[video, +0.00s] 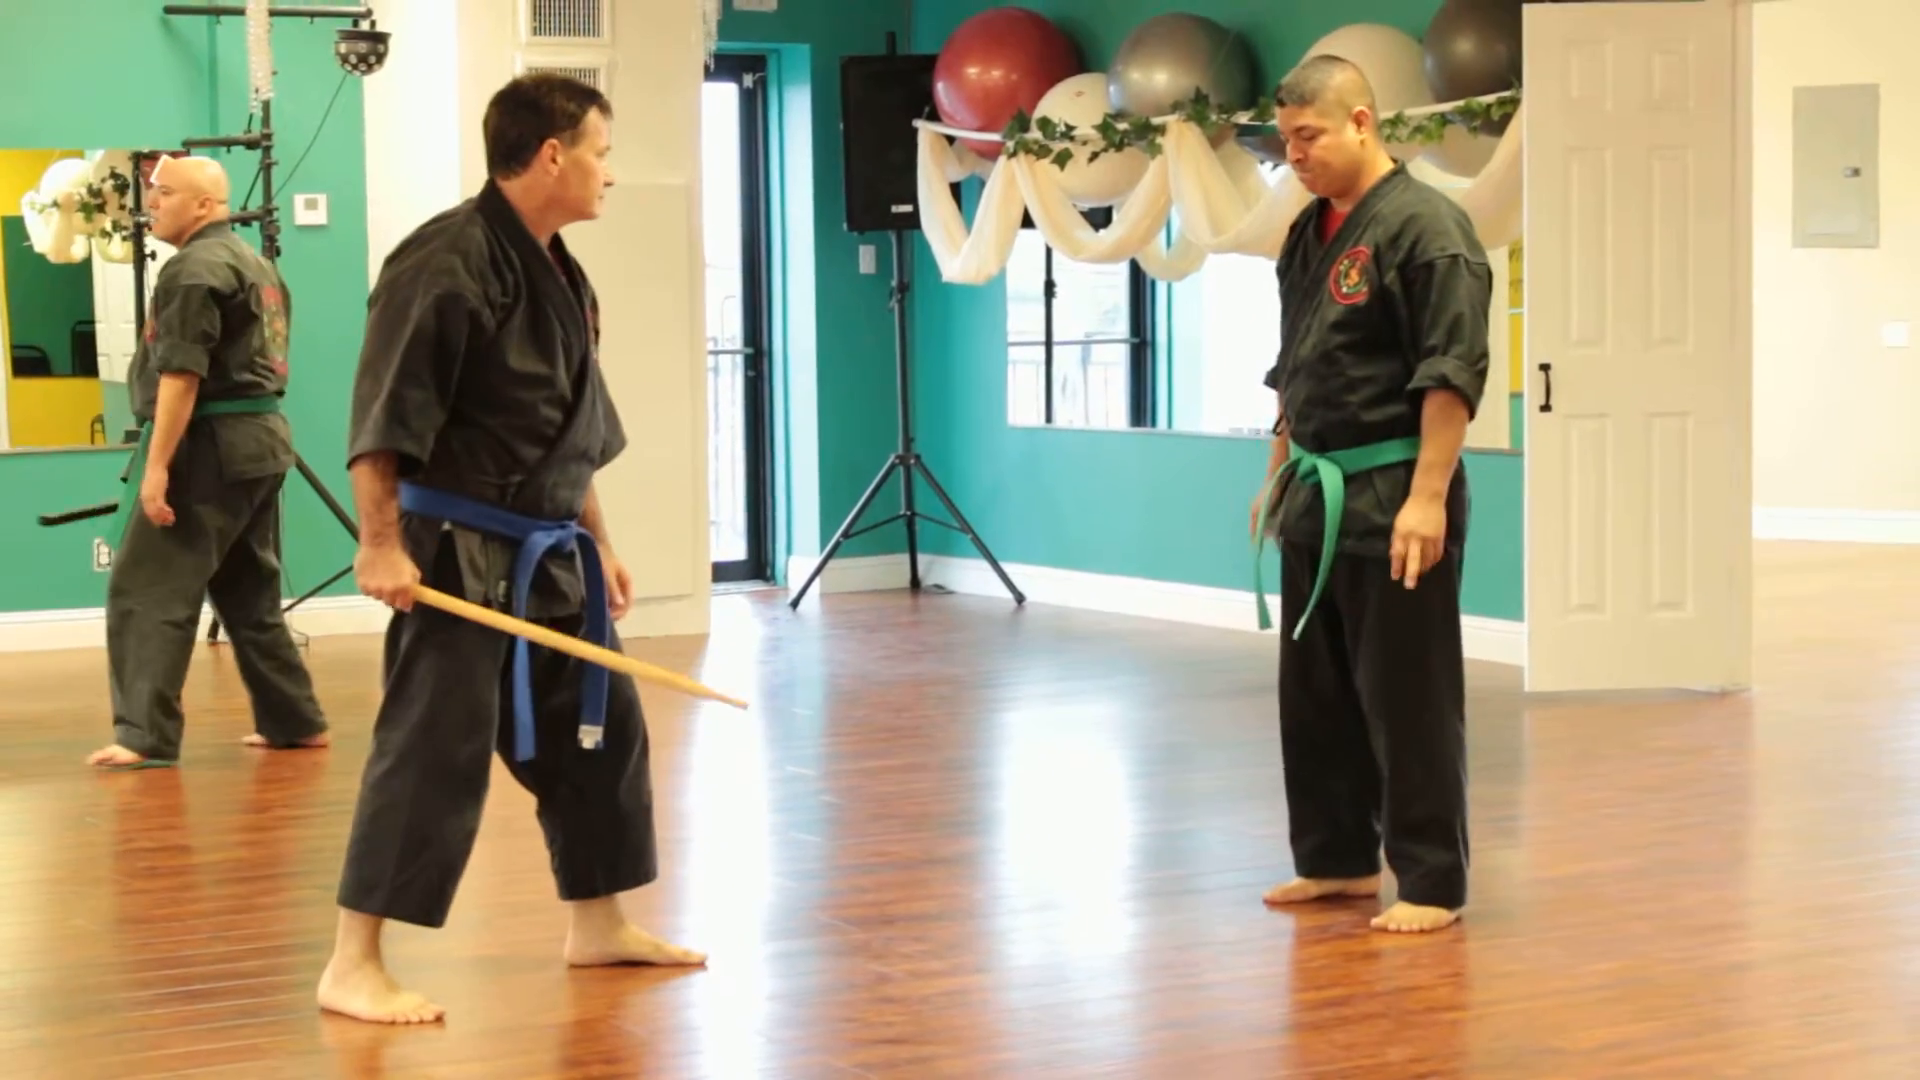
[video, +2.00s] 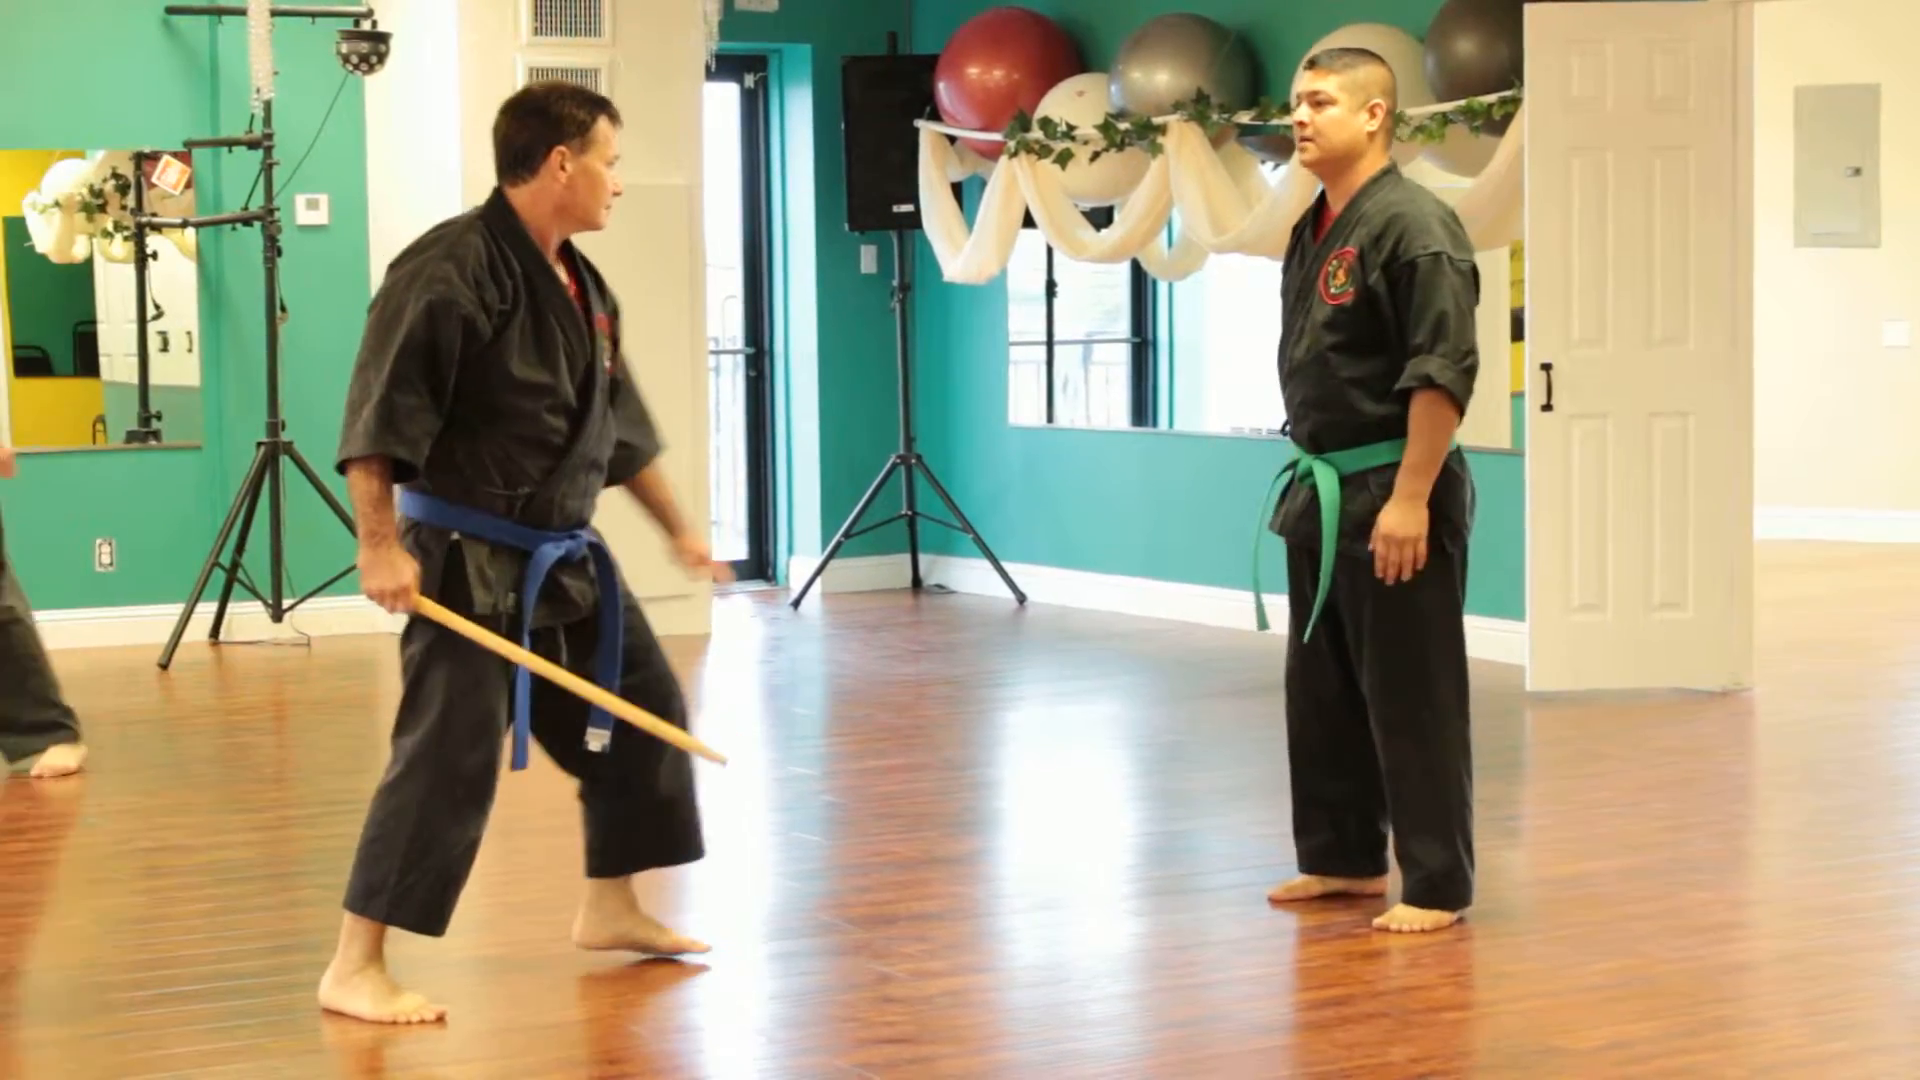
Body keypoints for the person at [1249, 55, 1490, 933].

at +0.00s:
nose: (1294, 156)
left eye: (1307, 138)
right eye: (1287, 141)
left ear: (1362, 123)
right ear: (1294, 141)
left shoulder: (1429, 224)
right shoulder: (1307, 231)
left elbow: (1452, 376)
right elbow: (1297, 368)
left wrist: (1429, 495)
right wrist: (1281, 466)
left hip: (1398, 480)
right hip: (1315, 481)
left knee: (1408, 689)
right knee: (1319, 680)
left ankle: (1431, 885)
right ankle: (1339, 862)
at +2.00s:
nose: (1299, 118)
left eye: (1319, 102)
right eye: (1297, 104)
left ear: (1375, 116)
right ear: (1301, 121)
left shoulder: (1416, 222)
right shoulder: (1314, 225)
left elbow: (1443, 373)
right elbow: (1316, 360)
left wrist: (1412, 496)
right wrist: (1304, 470)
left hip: (1398, 479)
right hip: (1325, 479)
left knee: (1412, 691)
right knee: (1327, 684)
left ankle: (1437, 887)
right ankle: (1345, 861)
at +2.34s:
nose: (1276, 131)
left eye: (1295, 116)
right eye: (1274, 118)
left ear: (1352, 127)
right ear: (1291, 132)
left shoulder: (1377, 233)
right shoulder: (1313, 228)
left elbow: (1375, 385)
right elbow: (1312, 373)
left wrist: (1301, 477)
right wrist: (1268, 454)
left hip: (1385, 487)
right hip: (1318, 480)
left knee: (1375, 679)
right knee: (1307, 675)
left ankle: (1388, 873)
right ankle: (1336, 861)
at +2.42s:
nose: (1272, 144)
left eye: (1291, 129)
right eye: (1269, 131)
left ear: (1347, 140)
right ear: (1274, 145)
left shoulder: (1366, 239)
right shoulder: (1310, 241)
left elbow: (1335, 370)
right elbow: (1283, 369)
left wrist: (1220, 383)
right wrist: (1264, 387)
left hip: (1379, 497)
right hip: (1303, 494)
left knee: (1373, 688)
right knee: (1246, 658)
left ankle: (1384, 873)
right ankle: (1308, 824)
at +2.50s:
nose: (1268, 154)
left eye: (1286, 139)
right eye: (1264, 140)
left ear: (1340, 150)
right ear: (1269, 153)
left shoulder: (1359, 253)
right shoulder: (1309, 244)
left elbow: (1255, 349)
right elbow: (1282, 296)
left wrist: (1170, 291)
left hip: (1371, 505)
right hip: (1291, 500)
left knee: (1366, 684)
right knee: (1199, 642)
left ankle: (1383, 878)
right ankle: (1226, 812)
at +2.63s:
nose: (1248, 163)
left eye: (1265, 146)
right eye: (1241, 150)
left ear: (1321, 153)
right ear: (1243, 164)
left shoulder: (1337, 247)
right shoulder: (1267, 246)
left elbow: (1232, 291)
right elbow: (1201, 280)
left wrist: (1146, 230)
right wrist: (1168, 204)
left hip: (1343, 513)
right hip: (1257, 510)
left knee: (1338, 691)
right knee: (1159, 663)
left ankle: (1382, 884)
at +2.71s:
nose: (1194, 169)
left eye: (1210, 154)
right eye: (1188, 156)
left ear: (1265, 162)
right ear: (1185, 167)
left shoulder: (1293, 246)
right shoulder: (1191, 261)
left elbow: (1219, 245)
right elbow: (1128, 295)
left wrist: (1116, 212)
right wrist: (1079, 205)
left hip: (1284, 513)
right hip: (1189, 510)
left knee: (1299, 694)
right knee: (1096, 676)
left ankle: (1348, 884)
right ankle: (1016, 826)